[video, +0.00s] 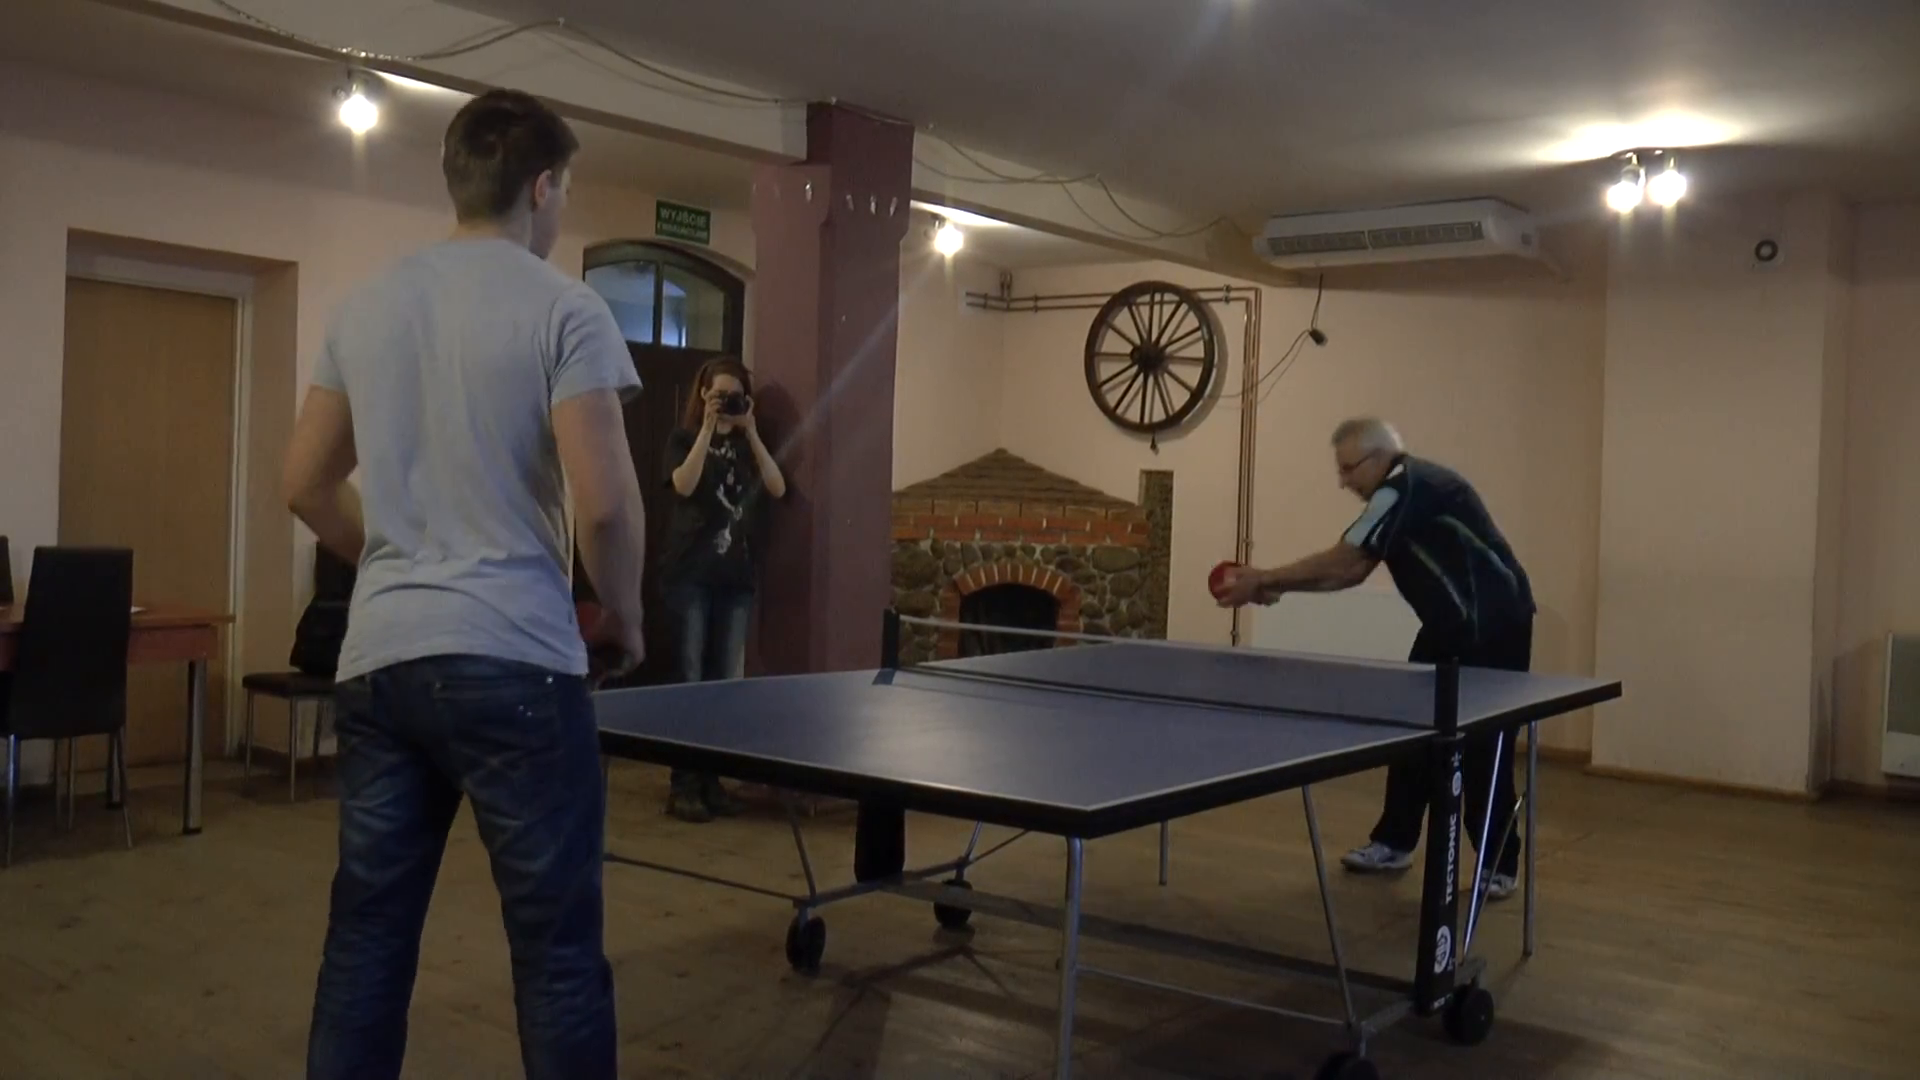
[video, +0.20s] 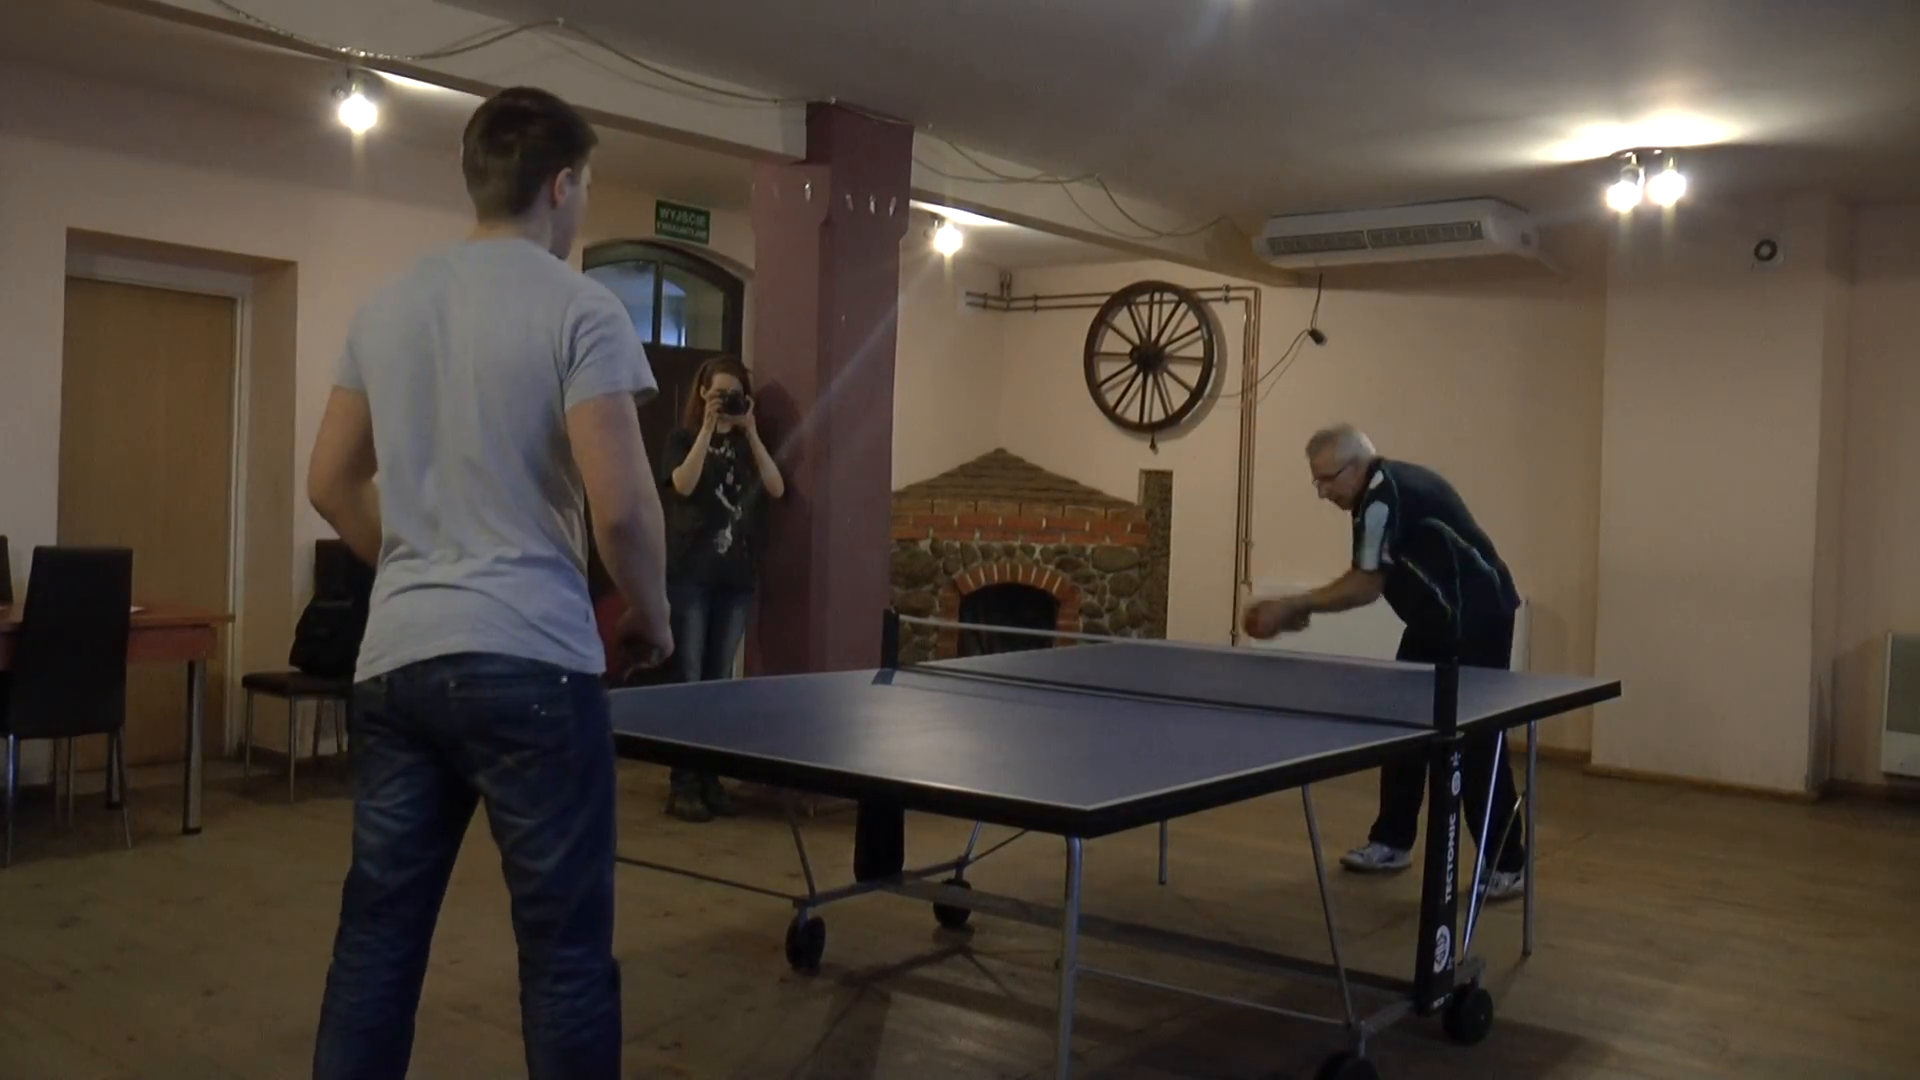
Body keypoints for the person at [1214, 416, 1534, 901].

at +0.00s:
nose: (1344, 481)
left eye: (1350, 468)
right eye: (1342, 471)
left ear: (1379, 458)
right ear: (1379, 462)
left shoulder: (1409, 482)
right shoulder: (1400, 490)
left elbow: (1347, 559)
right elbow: (1353, 570)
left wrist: (1261, 579)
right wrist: (1275, 584)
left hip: (1495, 629)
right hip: (1445, 627)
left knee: (1485, 747)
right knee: (1413, 732)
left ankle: (1501, 863)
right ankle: (1394, 843)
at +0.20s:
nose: (1321, 490)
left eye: (1327, 478)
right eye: (1317, 480)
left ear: (1357, 466)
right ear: (1354, 469)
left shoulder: (1385, 495)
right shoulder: (1379, 490)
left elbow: (1367, 586)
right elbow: (1364, 582)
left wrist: (1294, 605)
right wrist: (1297, 606)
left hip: (1479, 621)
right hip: (1432, 622)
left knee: (1478, 742)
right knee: (1403, 726)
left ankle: (1508, 861)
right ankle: (1392, 842)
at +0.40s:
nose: (1327, 478)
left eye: (1334, 467)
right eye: (1323, 469)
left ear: (1366, 455)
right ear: (1331, 465)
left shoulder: (1410, 487)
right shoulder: (1350, 502)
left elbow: (1434, 573)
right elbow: (1348, 573)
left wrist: (1378, 630)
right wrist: (1321, 605)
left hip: (1472, 615)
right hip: (1417, 614)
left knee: (1475, 737)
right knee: (1401, 727)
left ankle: (1500, 859)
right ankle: (1390, 842)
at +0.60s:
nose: (1355, 480)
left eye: (1365, 468)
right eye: (1348, 469)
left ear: (1394, 458)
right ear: (1343, 464)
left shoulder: (1439, 491)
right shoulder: (1352, 505)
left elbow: (1474, 575)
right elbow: (1334, 572)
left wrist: (1407, 597)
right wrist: (1324, 611)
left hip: (1475, 620)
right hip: (1413, 620)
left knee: (1475, 740)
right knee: (1397, 729)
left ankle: (1484, 864)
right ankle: (1387, 844)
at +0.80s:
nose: (1388, 498)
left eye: (1399, 488)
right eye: (1379, 487)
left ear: (1426, 475)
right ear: (1370, 478)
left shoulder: (1467, 506)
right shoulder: (1373, 512)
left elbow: (1487, 603)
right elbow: (1367, 582)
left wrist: (1409, 600)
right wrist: (1353, 614)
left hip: (1484, 632)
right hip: (1419, 625)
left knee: (1479, 746)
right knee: (1396, 729)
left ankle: (1484, 869)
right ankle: (1385, 839)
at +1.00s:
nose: (1396, 530)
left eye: (1408, 520)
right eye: (1388, 518)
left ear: (1436, 507)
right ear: (1381, 506)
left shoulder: (1475, 532)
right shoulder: (1382, 535)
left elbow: (1499, 626)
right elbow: (1387, 607)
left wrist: (1448, 674)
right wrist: (1377, 677)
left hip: (1490, 626)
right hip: (1429, 619)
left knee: (1473, 744)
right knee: (1381, 721)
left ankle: (1481, 874)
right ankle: (1350, 840)